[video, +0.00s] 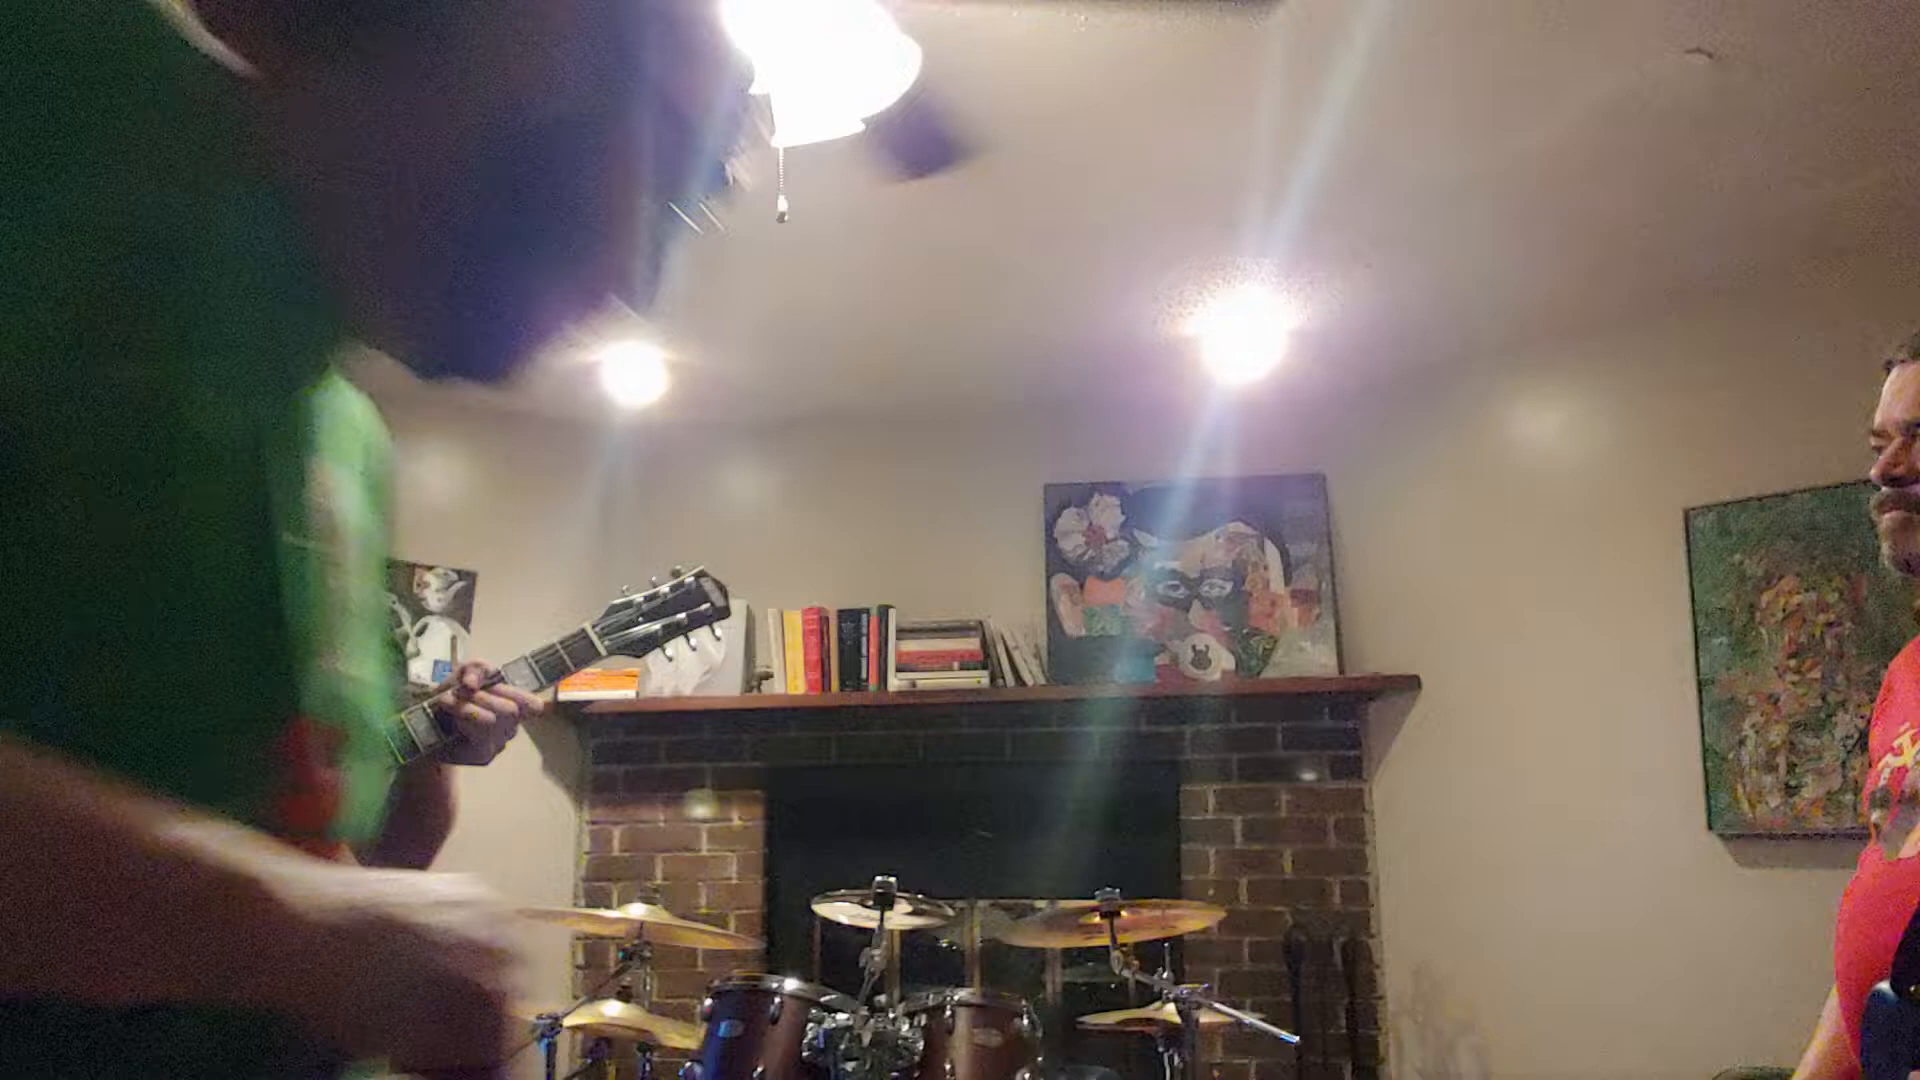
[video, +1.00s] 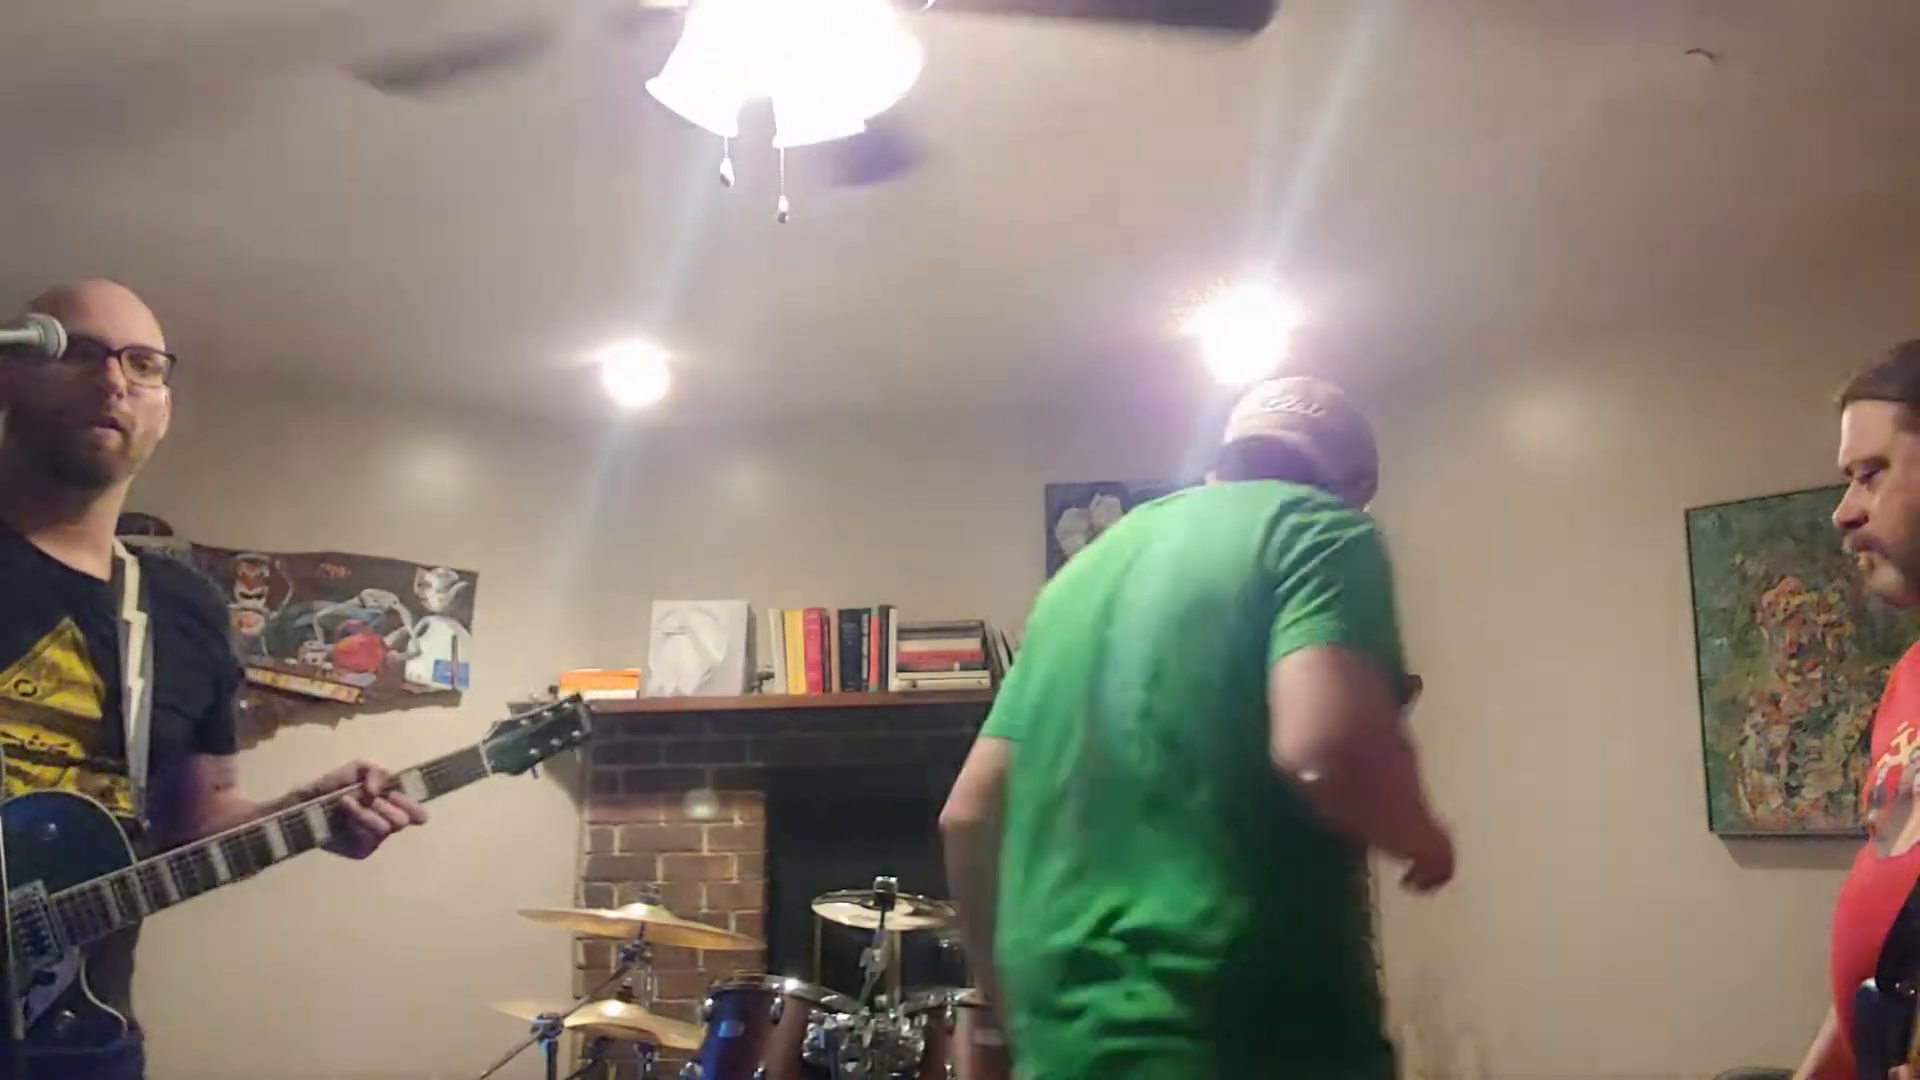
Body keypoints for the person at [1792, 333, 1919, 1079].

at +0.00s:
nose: (1887, 468)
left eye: (1914, 437)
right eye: (1880, 442)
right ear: (1871, 452)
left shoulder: (1907, 671)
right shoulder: (1904, 674)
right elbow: (1882, 900)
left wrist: (1829, 1057)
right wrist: (1818, 1063)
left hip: (1903, 1046)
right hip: (1870, 1041)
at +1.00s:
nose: (1843, 514)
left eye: (1870, 474)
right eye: (1846, 483)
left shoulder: (1911, 676)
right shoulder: (1907, 679)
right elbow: (1887, 896)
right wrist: (1821, 1063)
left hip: (1906, 1050)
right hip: (1874, 1048)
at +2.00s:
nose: (1889, 463)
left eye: (1913, 433)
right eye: (1892, 437)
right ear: (1887, 452)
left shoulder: (1909, 679)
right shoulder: (1909, 679)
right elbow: (1878, 903)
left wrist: (1808, 1059)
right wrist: (1804, 1064)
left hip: (1899, 1053)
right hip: (1863, 1049)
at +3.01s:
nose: (1898, 447)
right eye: (1901, 424)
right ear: (1894, 443)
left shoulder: (1910, 672)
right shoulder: (1909, 674)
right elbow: (1880, 898)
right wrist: (1806, 1066)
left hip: (1902, 1052)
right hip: (1862, 1046)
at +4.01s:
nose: (1869, 463)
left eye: (1903, 434)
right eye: (1875, 438)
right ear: (1873, 450)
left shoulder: (1907, 674)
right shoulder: (1905, 676)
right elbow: (1881, 898)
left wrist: (1824, 1059)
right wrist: (1815, 1064)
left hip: (1903, 1050)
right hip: (1863, 1045)